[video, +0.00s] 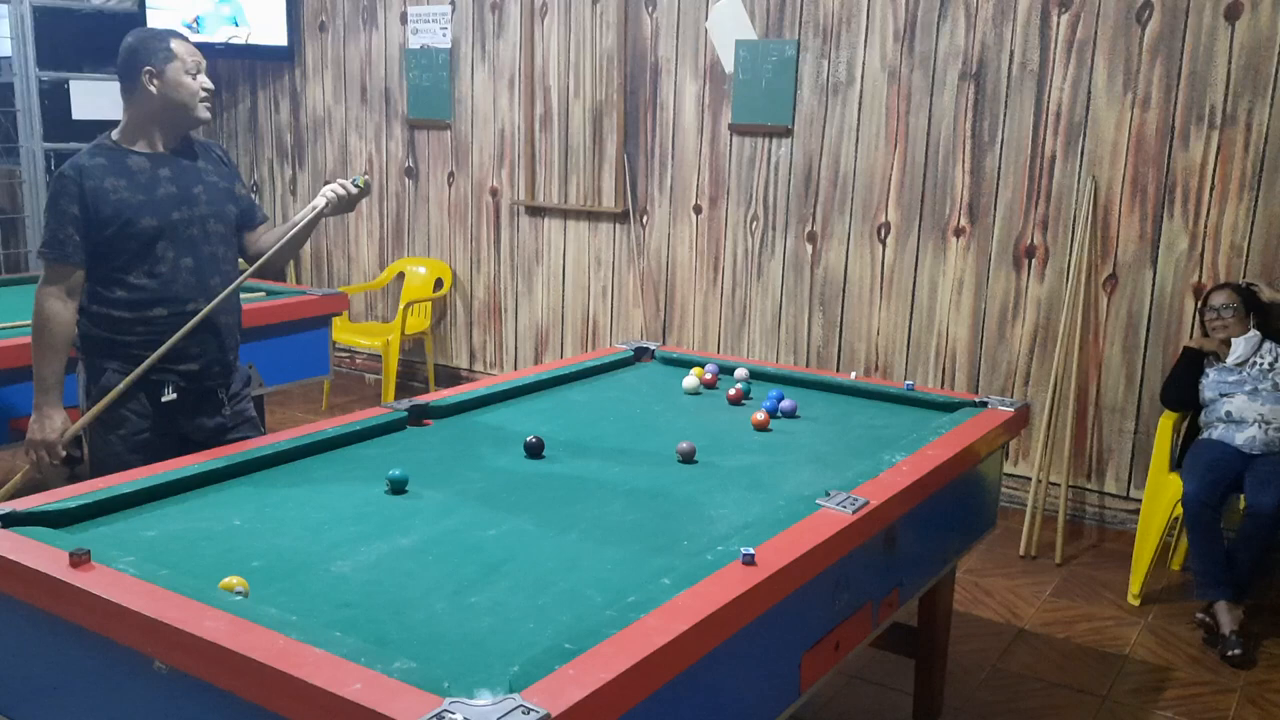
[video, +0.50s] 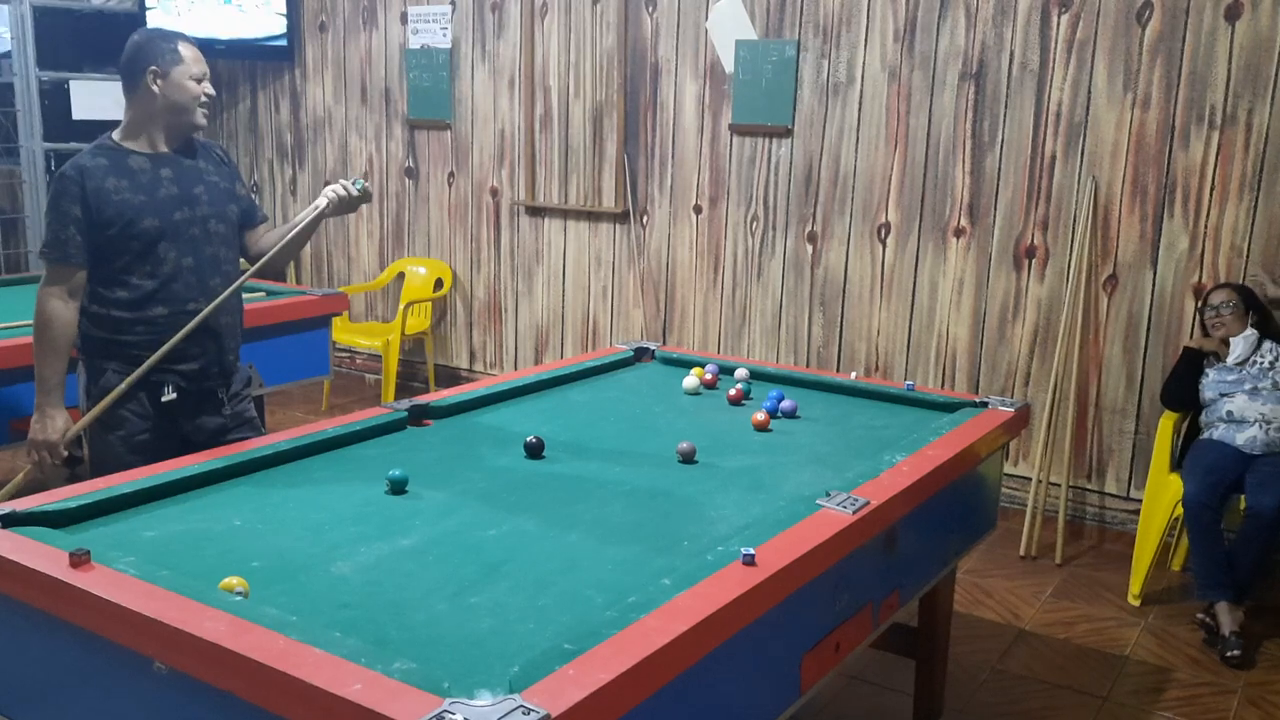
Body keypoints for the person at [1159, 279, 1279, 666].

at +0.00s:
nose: (1221, 316)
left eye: (1230, 309)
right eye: (1212, 310)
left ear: (1249, 316)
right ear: (1203, 318)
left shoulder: (1270, 351)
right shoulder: (1201, 358)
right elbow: (1172, 400)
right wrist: (1195, 348)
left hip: (1270, 446)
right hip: (1220, 440)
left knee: (1266, 509)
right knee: (1196, 496)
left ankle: (1221, 603)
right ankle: (1225, 609)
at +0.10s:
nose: (1221, 316)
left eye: (1230, 309)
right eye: (1212, 310)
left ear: (1248, 316)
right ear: (1204, 319)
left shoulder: (1270, 351)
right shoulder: (1202, 358)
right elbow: (1171, 399)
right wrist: (1197, 348)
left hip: (1270, 446)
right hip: (1220, 439)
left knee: (1266, 510)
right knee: (1196, 496)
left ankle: (1220, 604)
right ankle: (1225, 610)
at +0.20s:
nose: (1221, 316)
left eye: (1231, 309)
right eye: (1212, 311)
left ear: (1250, 316)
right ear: (1204, 319)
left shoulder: (1270, 351)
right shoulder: (1204, 359)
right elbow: (1172, 400)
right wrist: (1197, 348)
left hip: (1270, 447)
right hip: (1220, 441)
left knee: (1267, 510)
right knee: (1197, 499)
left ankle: (1221, 604)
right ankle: (1226, 611)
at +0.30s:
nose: (1221, 315)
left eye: (1230, 307)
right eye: (1212, 309)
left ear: (1249, 314)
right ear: (1204, 318)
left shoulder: (1270, 350)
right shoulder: (1203, 358)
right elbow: (1172, 400)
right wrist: (1196, 347)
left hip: (1270, 445)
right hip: (1220, 439)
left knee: (1267, 509)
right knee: (1196, 496)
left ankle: (1221, 603)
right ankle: (1225, 610)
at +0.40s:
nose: (1218, 314)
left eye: (1228, 306)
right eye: (1210, 310)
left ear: (1251, 314)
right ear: (1204, 319)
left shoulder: (1273, 348)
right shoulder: (1203, 358)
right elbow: (1172, 399)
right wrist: (1196, 348)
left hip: (1272, 444)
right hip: (1220, 439)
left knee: (1268, 508)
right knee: (1196, 496)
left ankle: (1221, 603)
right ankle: (1225, 610)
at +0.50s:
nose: (1218, 314)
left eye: (1228, 306)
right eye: (1210, 310)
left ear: (1251, 315)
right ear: (1204, 320)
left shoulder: (1271, 349)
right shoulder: (1204, 359)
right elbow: (1172, 399)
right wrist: (1197, 348)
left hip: (1270, 446)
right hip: (1220, 440)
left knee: (1267, 511)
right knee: (1197, 497)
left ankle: (1221, 604)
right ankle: (1226, 611)